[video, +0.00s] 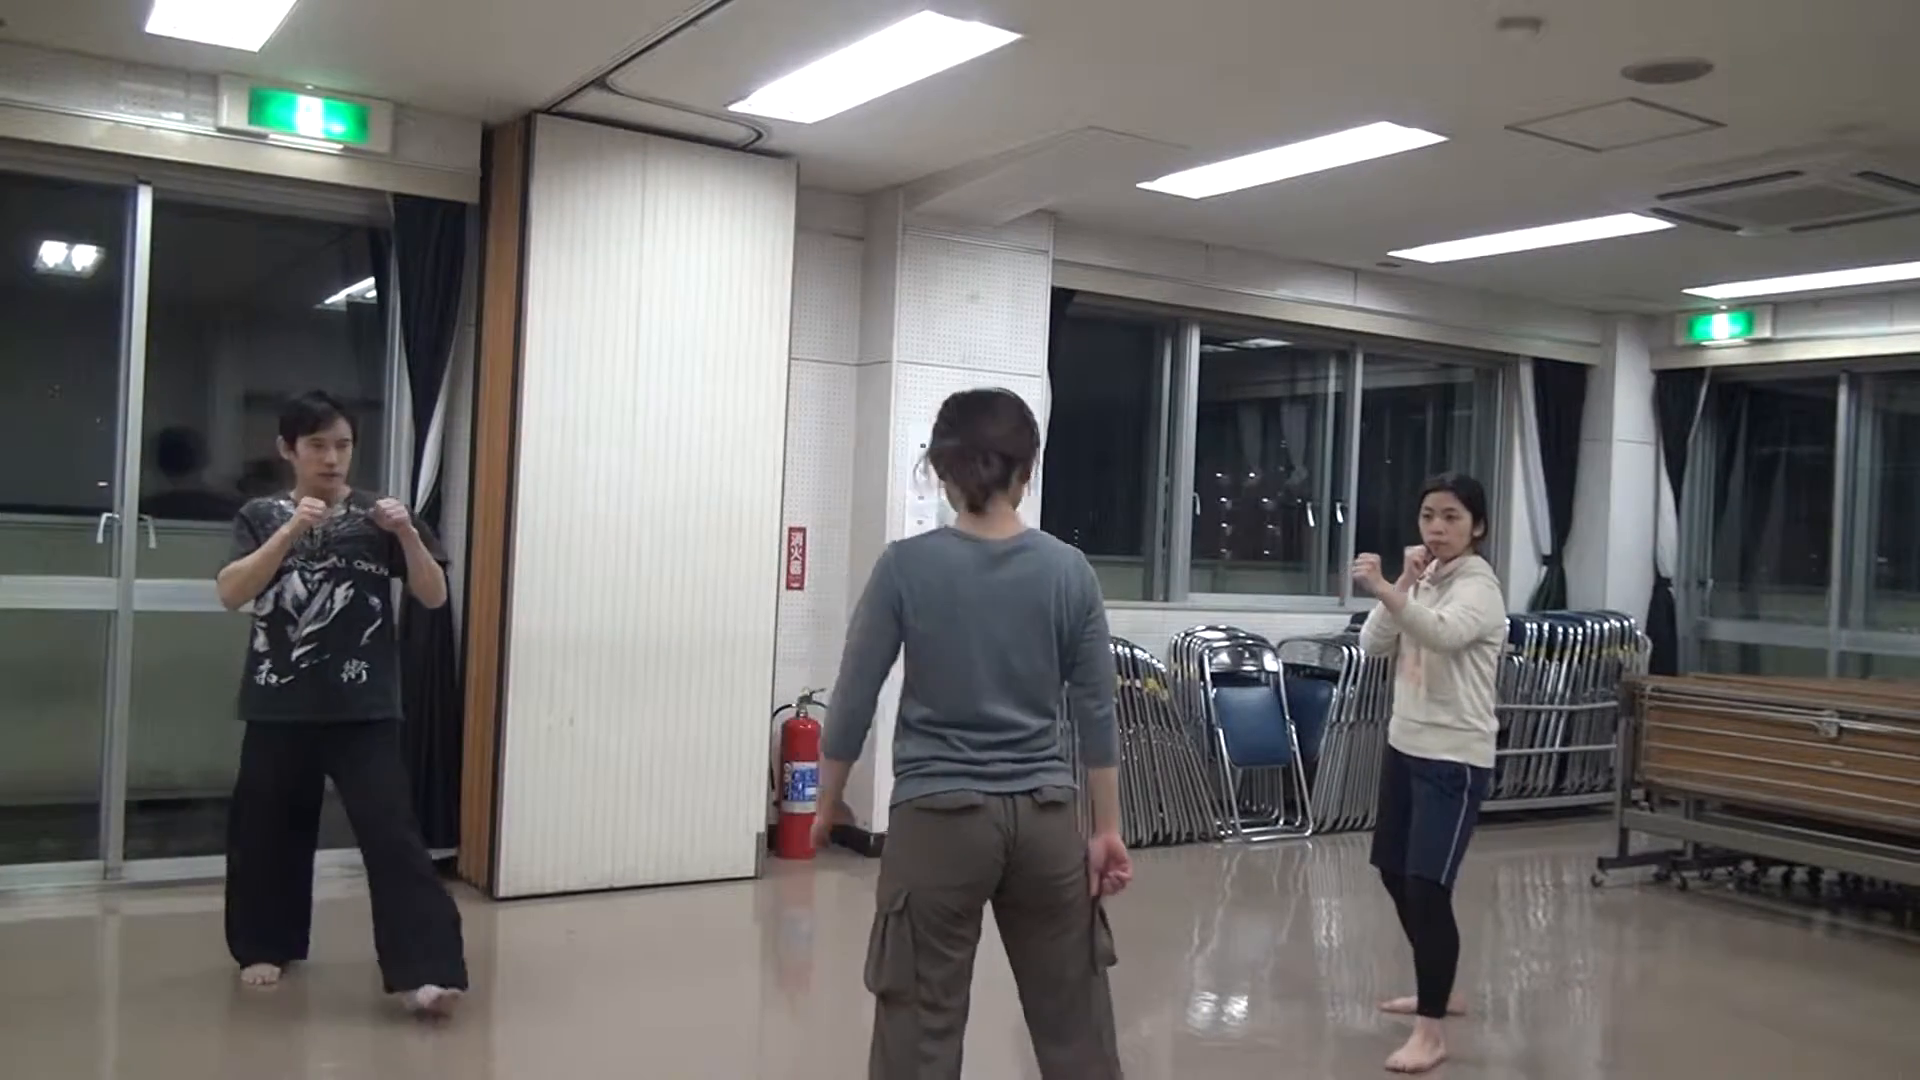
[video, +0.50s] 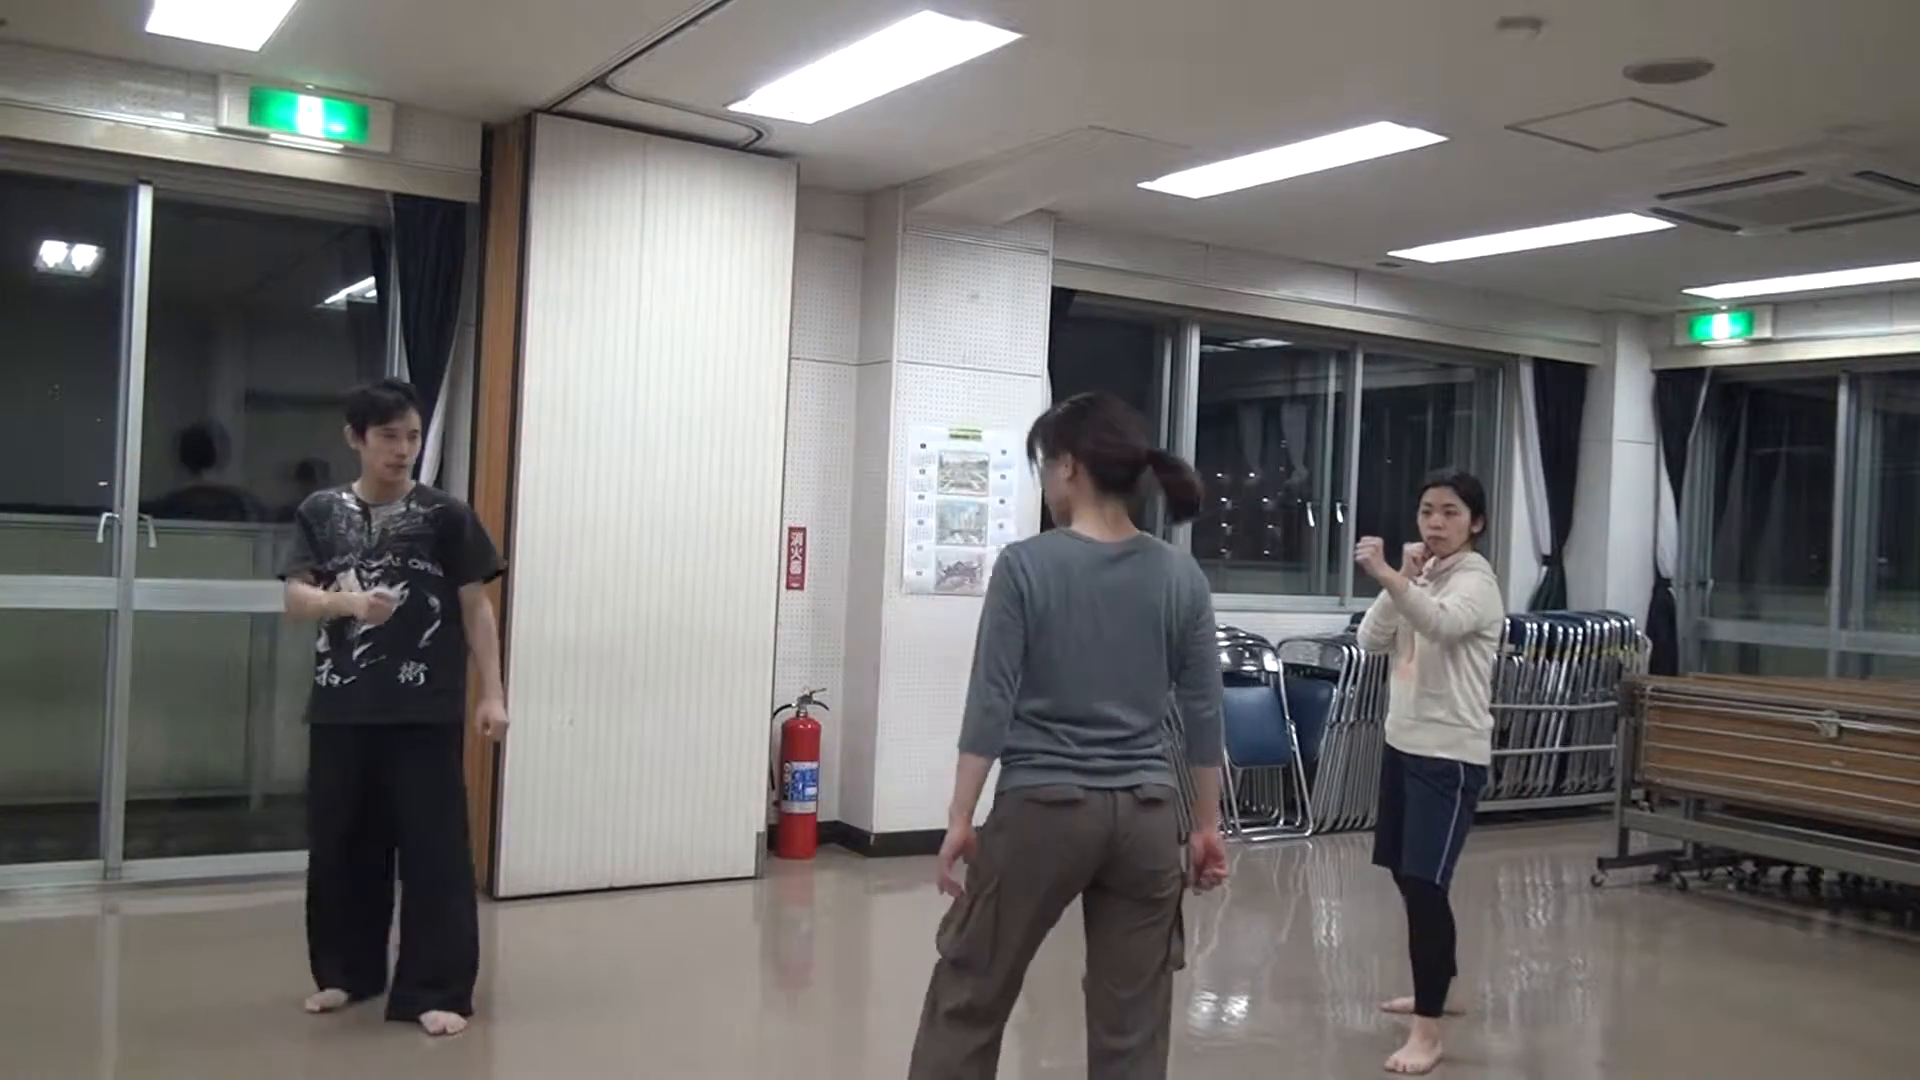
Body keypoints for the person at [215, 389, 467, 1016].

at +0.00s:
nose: (332, 457)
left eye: (342, 446)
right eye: (318, 446)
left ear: (354, 449)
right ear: (288, 450)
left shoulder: (382, 516)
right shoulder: (263, 517)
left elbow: (433, 594)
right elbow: (231, 593)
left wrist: (407, 535)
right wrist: (288, 535)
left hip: (365, 708)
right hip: (281, 708)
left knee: (392, 834)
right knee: (268, 828)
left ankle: (427, 972)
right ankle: (263, 951)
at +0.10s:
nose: (349, 456)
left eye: (359, 445)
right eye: (335, 446)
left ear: (371, 449)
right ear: (306, 452)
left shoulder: (402, 518)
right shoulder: (282, 522)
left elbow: (444, 601)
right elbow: (252, 597)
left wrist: (426, 546)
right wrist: (304, 545)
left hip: (383, 712)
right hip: (299, 711)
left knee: (405, 842)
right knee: (278, 828)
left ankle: (428, 989)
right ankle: (268, 946)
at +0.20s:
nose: (372, 452)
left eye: (382, 439)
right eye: (358, 440)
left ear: (394, 445)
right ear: (329, 445)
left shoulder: (426, 516)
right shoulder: (300, 517)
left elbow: (464, 605)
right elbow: (274, 601)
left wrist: (448, 579)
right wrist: (324, 559)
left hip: (406, 714)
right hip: (320, 712)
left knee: (421, 851)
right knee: (296, 832)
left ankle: (433, 995)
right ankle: (271, 943)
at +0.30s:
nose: (390, 451)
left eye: (400, 439)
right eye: (376, 439)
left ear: (412, 444)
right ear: (347, 443)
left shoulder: (441, 514)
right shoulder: (314, 515)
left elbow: (468, 588)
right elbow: (291, 603)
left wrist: (470, 631)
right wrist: (341, 586)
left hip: (422, 710)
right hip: (338, 710)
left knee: (428, 853)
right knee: (311, 833)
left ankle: (433, 995)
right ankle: (281, 944)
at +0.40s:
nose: (400, 450)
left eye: (409, 438)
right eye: (386, 438)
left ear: (419, 440)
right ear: (355, 441)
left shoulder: (446, 514)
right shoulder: (320, 515)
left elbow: (475, 607)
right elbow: (296, 603)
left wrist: (488, 681)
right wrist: (343, 608)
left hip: (427, 714)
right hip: (342, 715)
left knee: (437, 855)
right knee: (328, 840)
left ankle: (436, 994)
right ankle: (313, 958)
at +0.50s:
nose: (401, 449)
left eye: (411, 438)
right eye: (388, 437)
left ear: (421, 441)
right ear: (357, 439)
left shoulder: (448, 515)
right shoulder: (321, 513)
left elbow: (477, 610)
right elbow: (295, 599)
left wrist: (493, 693)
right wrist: (348, 602)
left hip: (426, 715)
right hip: (343, 716)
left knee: (435, 855)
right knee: (341, 848)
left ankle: (438, 995)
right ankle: (347, 975)